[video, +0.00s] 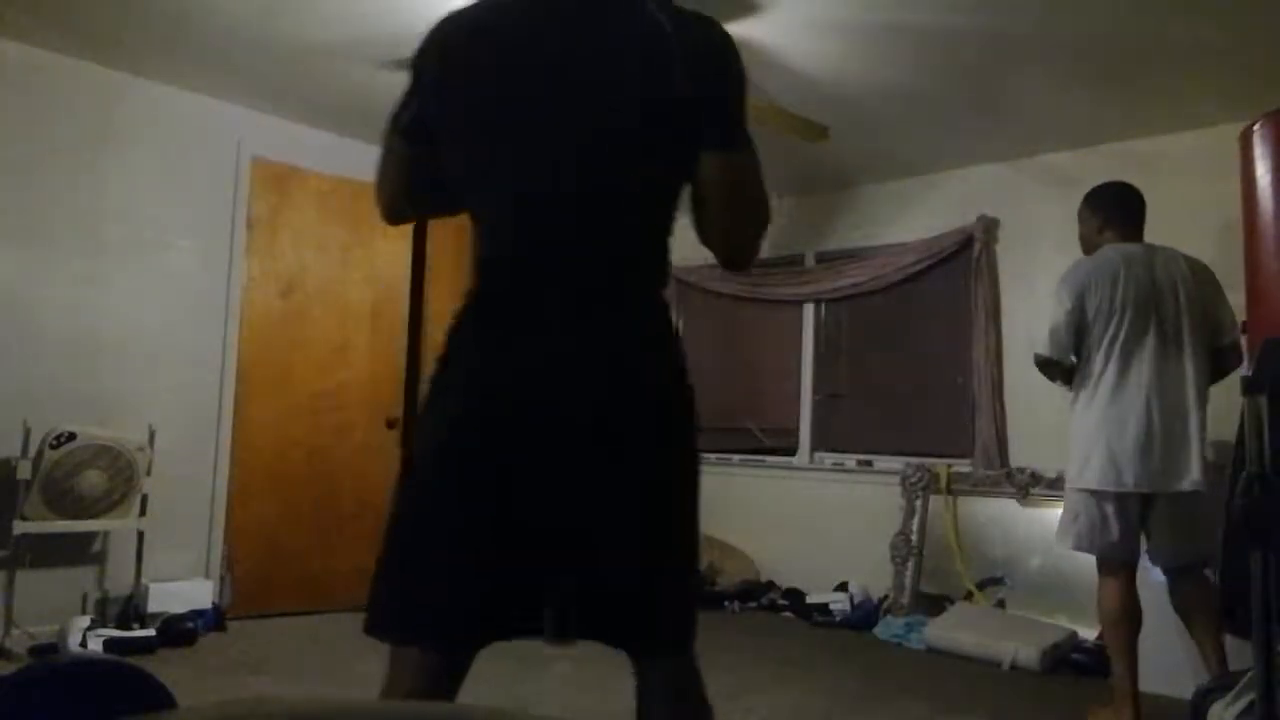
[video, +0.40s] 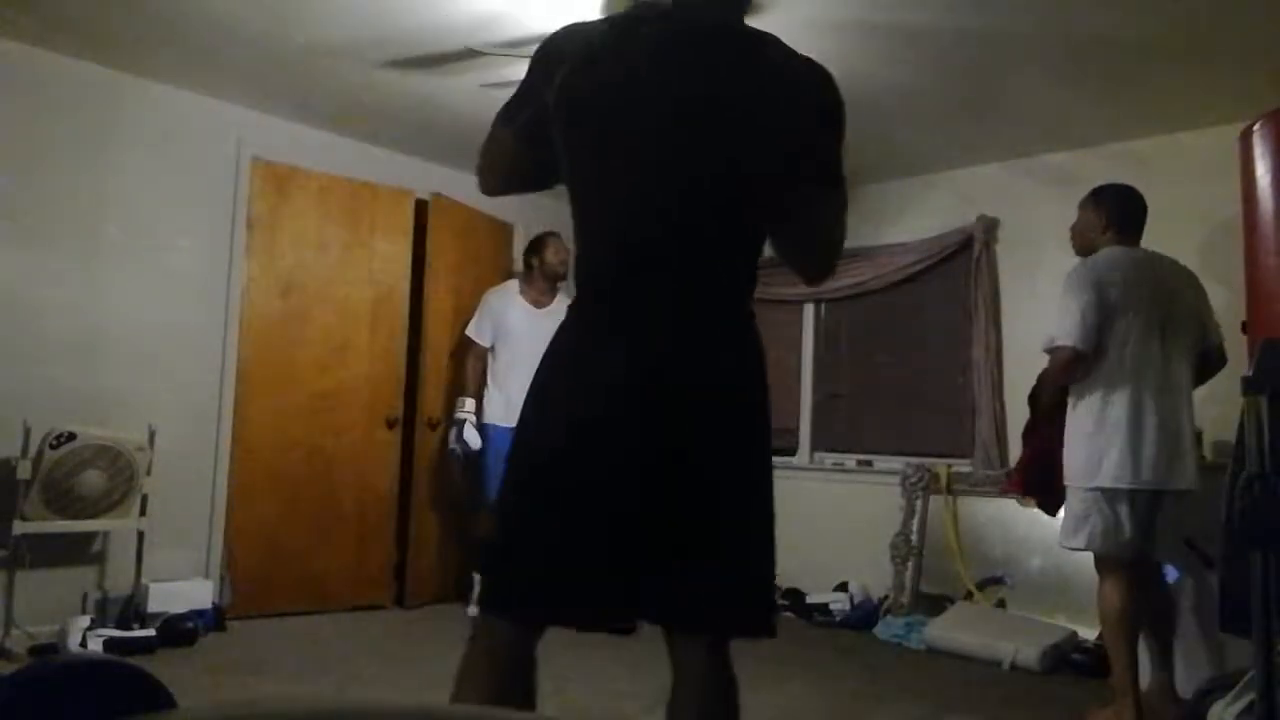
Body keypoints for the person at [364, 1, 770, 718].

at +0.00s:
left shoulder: (467, 34)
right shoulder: (690, 41)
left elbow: (397, 197)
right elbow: (737, 240)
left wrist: (514, 158)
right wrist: (691, 115)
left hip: (494, 362)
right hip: (631, 369)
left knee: (424, 658)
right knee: (665, 658)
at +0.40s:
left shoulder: (579, 52)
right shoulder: (797, 82)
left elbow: (499, 171)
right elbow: (815, 255)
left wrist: (601, 114)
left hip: (594, 360)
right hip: (716, 369)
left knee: (507, 622)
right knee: (700, 639)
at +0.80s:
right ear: (755, 3)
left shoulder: (605, 58)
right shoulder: (812, 94)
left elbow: (504, 144)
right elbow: (823, 256)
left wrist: (599, 61)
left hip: (611, 362)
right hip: (729, 371)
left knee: (536, 625)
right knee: (709, 631)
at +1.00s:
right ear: (744, 1)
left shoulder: (589, 50)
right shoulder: (799, 91)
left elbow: (490, 144)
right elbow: (815, 250)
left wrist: (603, 154)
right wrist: (733, 176)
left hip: (596, 358)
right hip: (718, 369)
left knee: (511, 620)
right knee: (706, 634)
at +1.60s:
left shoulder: (456, 30)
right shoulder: (680, 69)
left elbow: (359, 108)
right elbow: (760, 242)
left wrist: (439, 138)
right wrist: (686, 159)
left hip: (482, 364)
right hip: (610, 372)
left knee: (458, 643)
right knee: (648, 640)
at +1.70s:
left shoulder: (445, 30)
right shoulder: (664, 68)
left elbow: (362, 108)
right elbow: (743, 241)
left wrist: (467, 89)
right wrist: (686, 127)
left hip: (471, 363)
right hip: (599, 370)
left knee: (451, 645)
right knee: (639, 635)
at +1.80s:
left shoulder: (444, 25)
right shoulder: (660, 70)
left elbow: (377, 97)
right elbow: (727, 240)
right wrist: (681, 113)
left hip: (466, 362)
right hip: (593, 367)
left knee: (447, 644)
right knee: (634, 634)